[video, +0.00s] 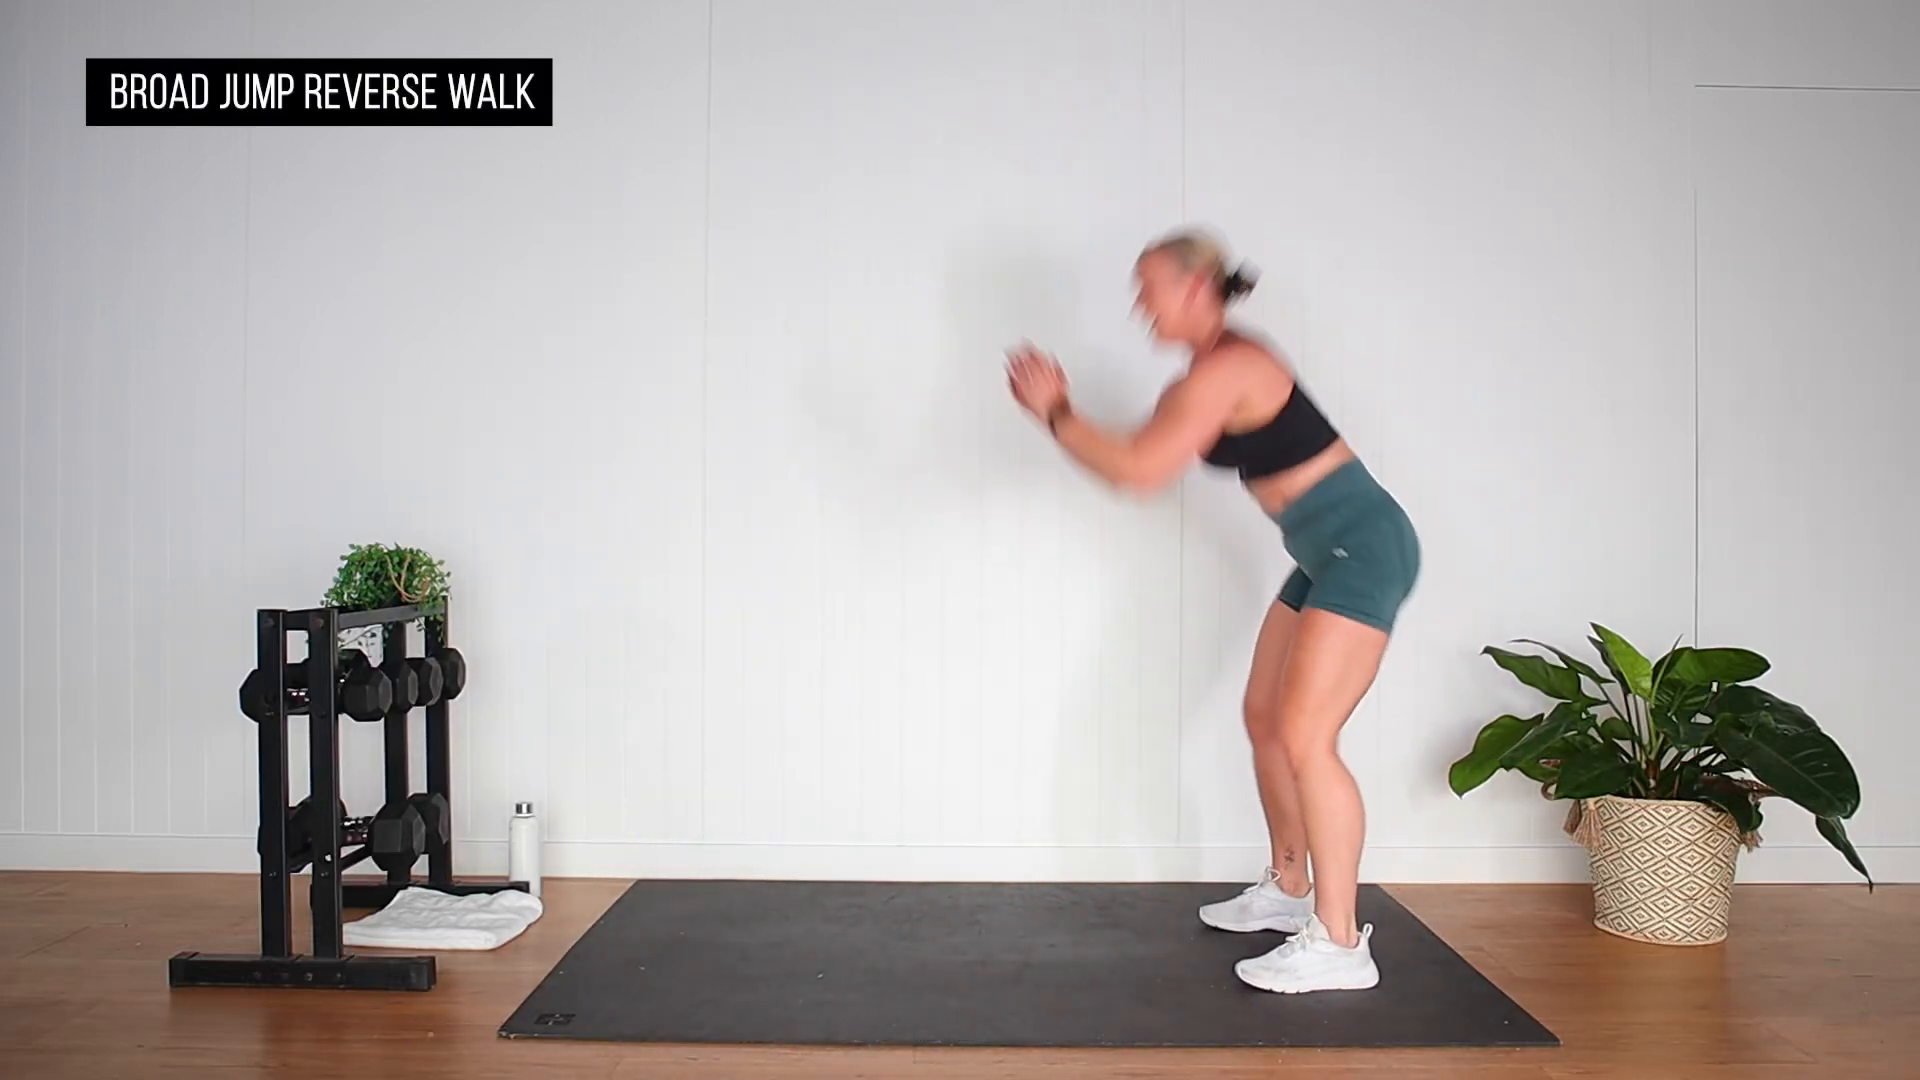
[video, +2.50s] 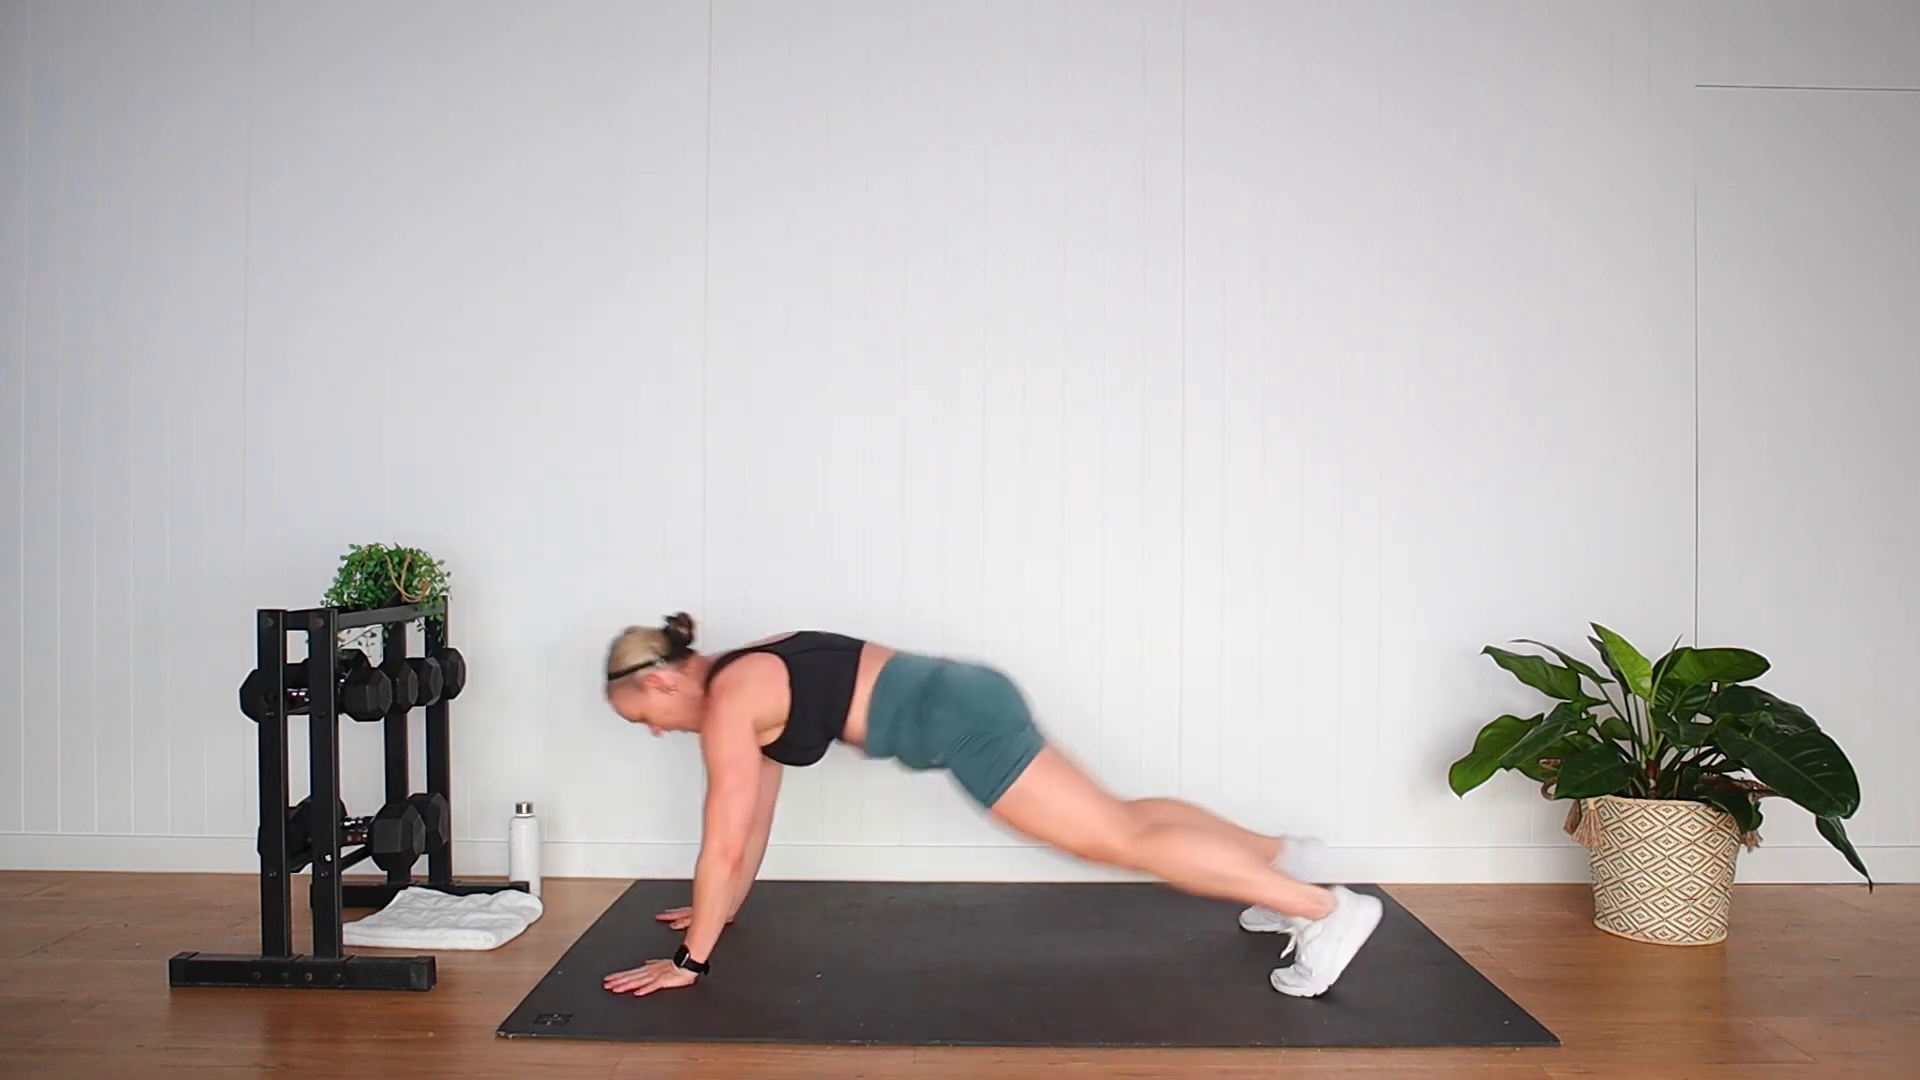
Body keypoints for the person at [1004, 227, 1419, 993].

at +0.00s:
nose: (1142, 309)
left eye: (1151, 293)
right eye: (1141, 294)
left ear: (1200, 288)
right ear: (1189, 292)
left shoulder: (1232, 368)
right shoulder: (1210, 369)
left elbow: (1138, 469)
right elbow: (1137, 463)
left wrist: (1057, 416)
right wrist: (1060, 416)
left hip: (1365, 546)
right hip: (1323, 551)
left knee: (1304, 735)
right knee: (1265, 719)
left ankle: (1341, 942)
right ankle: (1291, 883)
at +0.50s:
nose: (1068, 350)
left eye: (1076, 333)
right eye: (1066, 336)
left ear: (1122, 324)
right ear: (1118, 330)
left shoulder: (1169, 377)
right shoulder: (1161, 386)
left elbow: (1294, 364)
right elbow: (1278, 390)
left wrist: (1417, 346)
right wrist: (1369, 402)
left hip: (1325, 554)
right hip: (1289, 561)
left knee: (1268, 741)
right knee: (1244, 725)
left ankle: (1339, 940)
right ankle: (1292, 886)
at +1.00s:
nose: (929, 188)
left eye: (938, 173)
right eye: (930, 174)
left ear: (980, 173)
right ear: (985, 175)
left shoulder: (1005, 242)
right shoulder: (1006, 246)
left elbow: (902, 315)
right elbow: (911, 342)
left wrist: (818, 296)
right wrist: (816, 305)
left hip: (1085, 450)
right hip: (1077, 450)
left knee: (1051, 653)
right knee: (1051, 652)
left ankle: (1173, 824)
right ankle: (1166, 819)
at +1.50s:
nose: (619, 542)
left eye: (617, 522)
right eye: (611, 527)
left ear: (644, 498)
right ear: (654, 493)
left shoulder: (699, 554)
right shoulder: (720, 534)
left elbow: (672, 706)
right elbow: (706, 687)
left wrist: (645, 826)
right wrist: (685, 781)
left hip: (888, 646)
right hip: (901, 637)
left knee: (718, 740)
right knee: (743, 733)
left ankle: (790, 934)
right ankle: (811, 893)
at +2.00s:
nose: (633, 767)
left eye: (619, 759)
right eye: (620, 764)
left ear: (613, 716)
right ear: (616, 708)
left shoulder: (666, 690)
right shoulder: (692, 684)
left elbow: (689, 833)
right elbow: (717, 809)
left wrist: (685, 959)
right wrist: (719, 906)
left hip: (828, 518)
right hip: (836, 513)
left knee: (873, 707)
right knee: (882, 695)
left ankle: (1020, 848)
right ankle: (1016, 800)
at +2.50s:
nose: (648, 729)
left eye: (641, 714)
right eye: (639, 719)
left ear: (665, 679)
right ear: (676, 668)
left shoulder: (728, 700)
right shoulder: (753, 685)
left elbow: (725, 849)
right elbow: (748, 833)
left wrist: (690, 962)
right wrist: (715, 915)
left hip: (958, 716)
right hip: (962, 702)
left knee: (1127, 844)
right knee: (1125, 819)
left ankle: (1326, 916)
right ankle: (1278, 857)